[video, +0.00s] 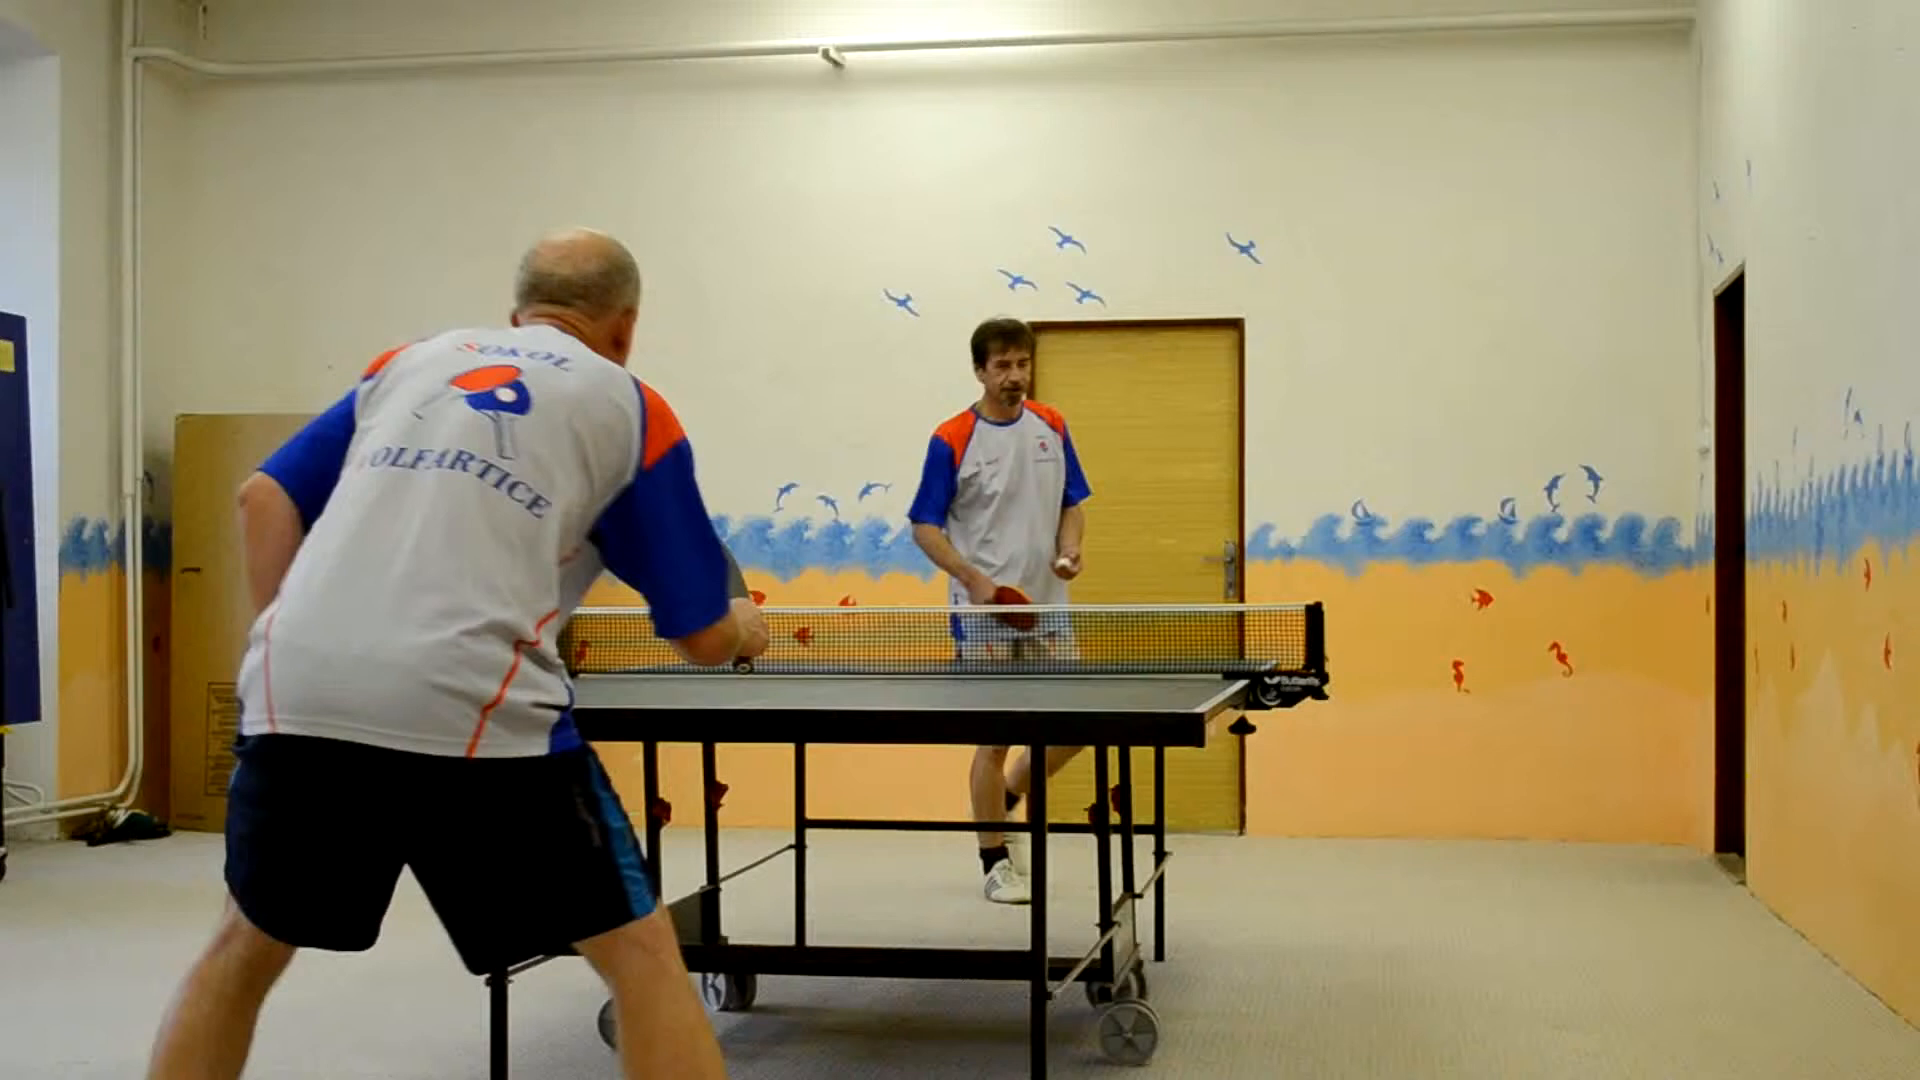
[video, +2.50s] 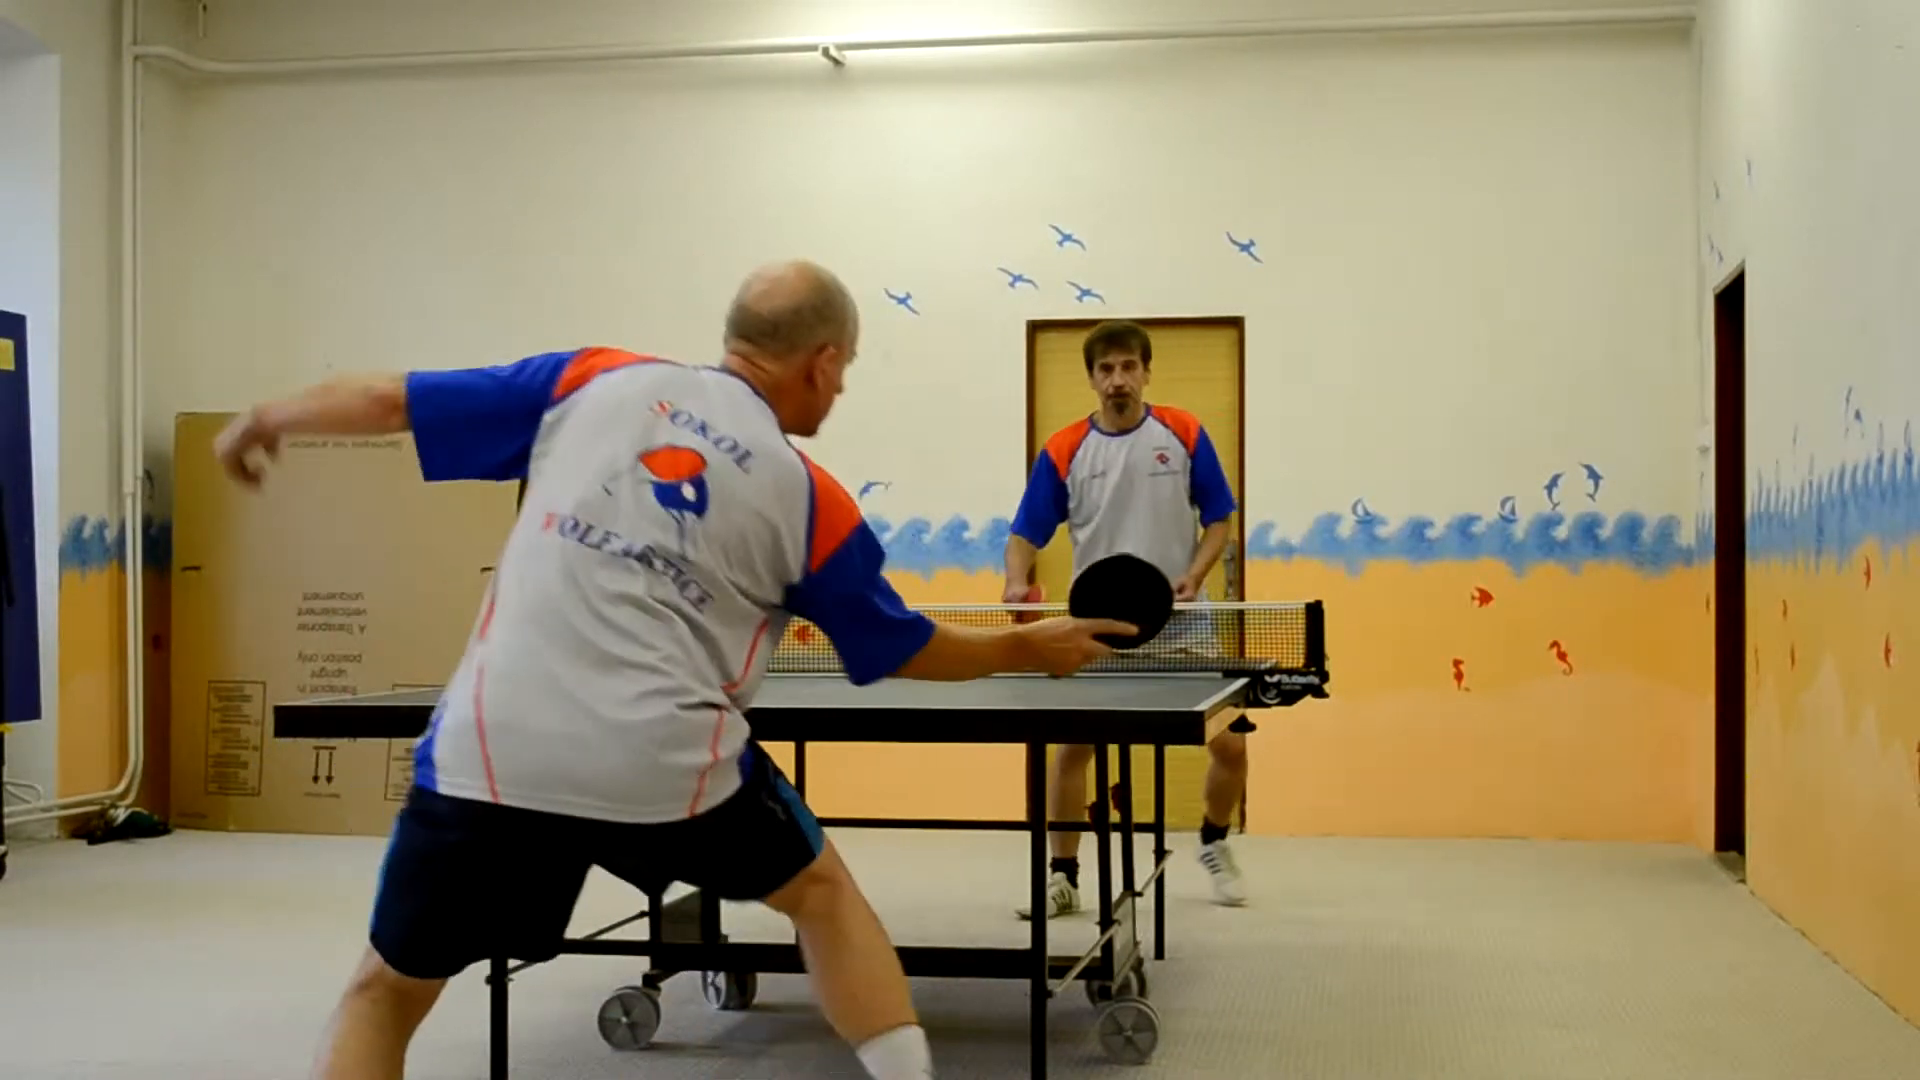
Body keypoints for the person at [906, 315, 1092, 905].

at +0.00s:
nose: (1014, 374)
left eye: (1022, 364)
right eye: (1003, 365)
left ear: (1032, 367)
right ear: (980, 370)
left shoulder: (1050, 425)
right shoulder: (952, 439)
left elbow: (1072, 503)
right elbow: (923, 527)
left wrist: (1069, 546)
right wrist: (972, 576)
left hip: (1045, 609)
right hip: (982, 612)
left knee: (1077, 724)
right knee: (996, 735)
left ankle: (996, 802)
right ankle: (995, 864)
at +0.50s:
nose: (1096, 378)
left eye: (1104, 367)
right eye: (1085, 368)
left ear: (1114, 367)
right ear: (1060, 369)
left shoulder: (1129, 428)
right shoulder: (1024, 435)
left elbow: (1153, 505)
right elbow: (987, 522)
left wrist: (1147, 553)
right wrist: (1041, 573)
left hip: (1112, 616)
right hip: (1041, 616)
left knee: (1138, 737)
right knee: (1038, 741)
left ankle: (1132, 863)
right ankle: (1004, 858)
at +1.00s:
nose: (1166, 410)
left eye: (1176, 397)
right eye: (1154, 398)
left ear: (1187, 393)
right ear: (1130, 394)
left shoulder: (1206, 437)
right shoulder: (1092, 453)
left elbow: (1237, 520)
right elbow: (1043, 540)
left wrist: (1225, 574)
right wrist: (1101, 604)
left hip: (1184, 618)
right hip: (1117, 624)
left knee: (1216, 738)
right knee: (1142, 754)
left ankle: (1150, 856)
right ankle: (1148, 879)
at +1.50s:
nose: (1186, 430)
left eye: (1195, 418)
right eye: (1174, 419)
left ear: (1208, 410)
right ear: (1150, 411)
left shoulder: (1224, 439)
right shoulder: (1118, 465)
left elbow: (1264, 517)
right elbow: (1091, 562)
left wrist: (1240, 552)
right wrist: (1169, 600)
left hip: (1195, 614)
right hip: (1129, 620)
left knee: (1255, 712)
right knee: (1151, 738)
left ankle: (1212, 839)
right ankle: (1147, 880)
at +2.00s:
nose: (1171, 403)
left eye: (1181, 391)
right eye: (1160, 392)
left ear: (1198, 390)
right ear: (1143, 393)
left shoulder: (1229, 442)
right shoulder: (1110, 454)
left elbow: (1294, 501)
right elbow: (1034, 505)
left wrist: (1308, 560)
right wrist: (1048, 541)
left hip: (1207, 619)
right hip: (1135, 618)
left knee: (1214, 753)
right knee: (1144, 747)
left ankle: (1188, 867)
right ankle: (1146, 876)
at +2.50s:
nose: (1117, 379)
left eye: (1127, 367)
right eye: (1105, 370)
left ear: (1145, 371)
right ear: (1091, 377)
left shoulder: (1183, 433)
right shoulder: (1064, 449)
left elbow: (1220, 517)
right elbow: (1025, 533)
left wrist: (1194, 573)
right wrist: (1017, 580)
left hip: (1178, 622)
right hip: (1094, 626)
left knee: (1231, 744)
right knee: (1072, 745)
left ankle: (1214, 844)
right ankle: (1062, 875)